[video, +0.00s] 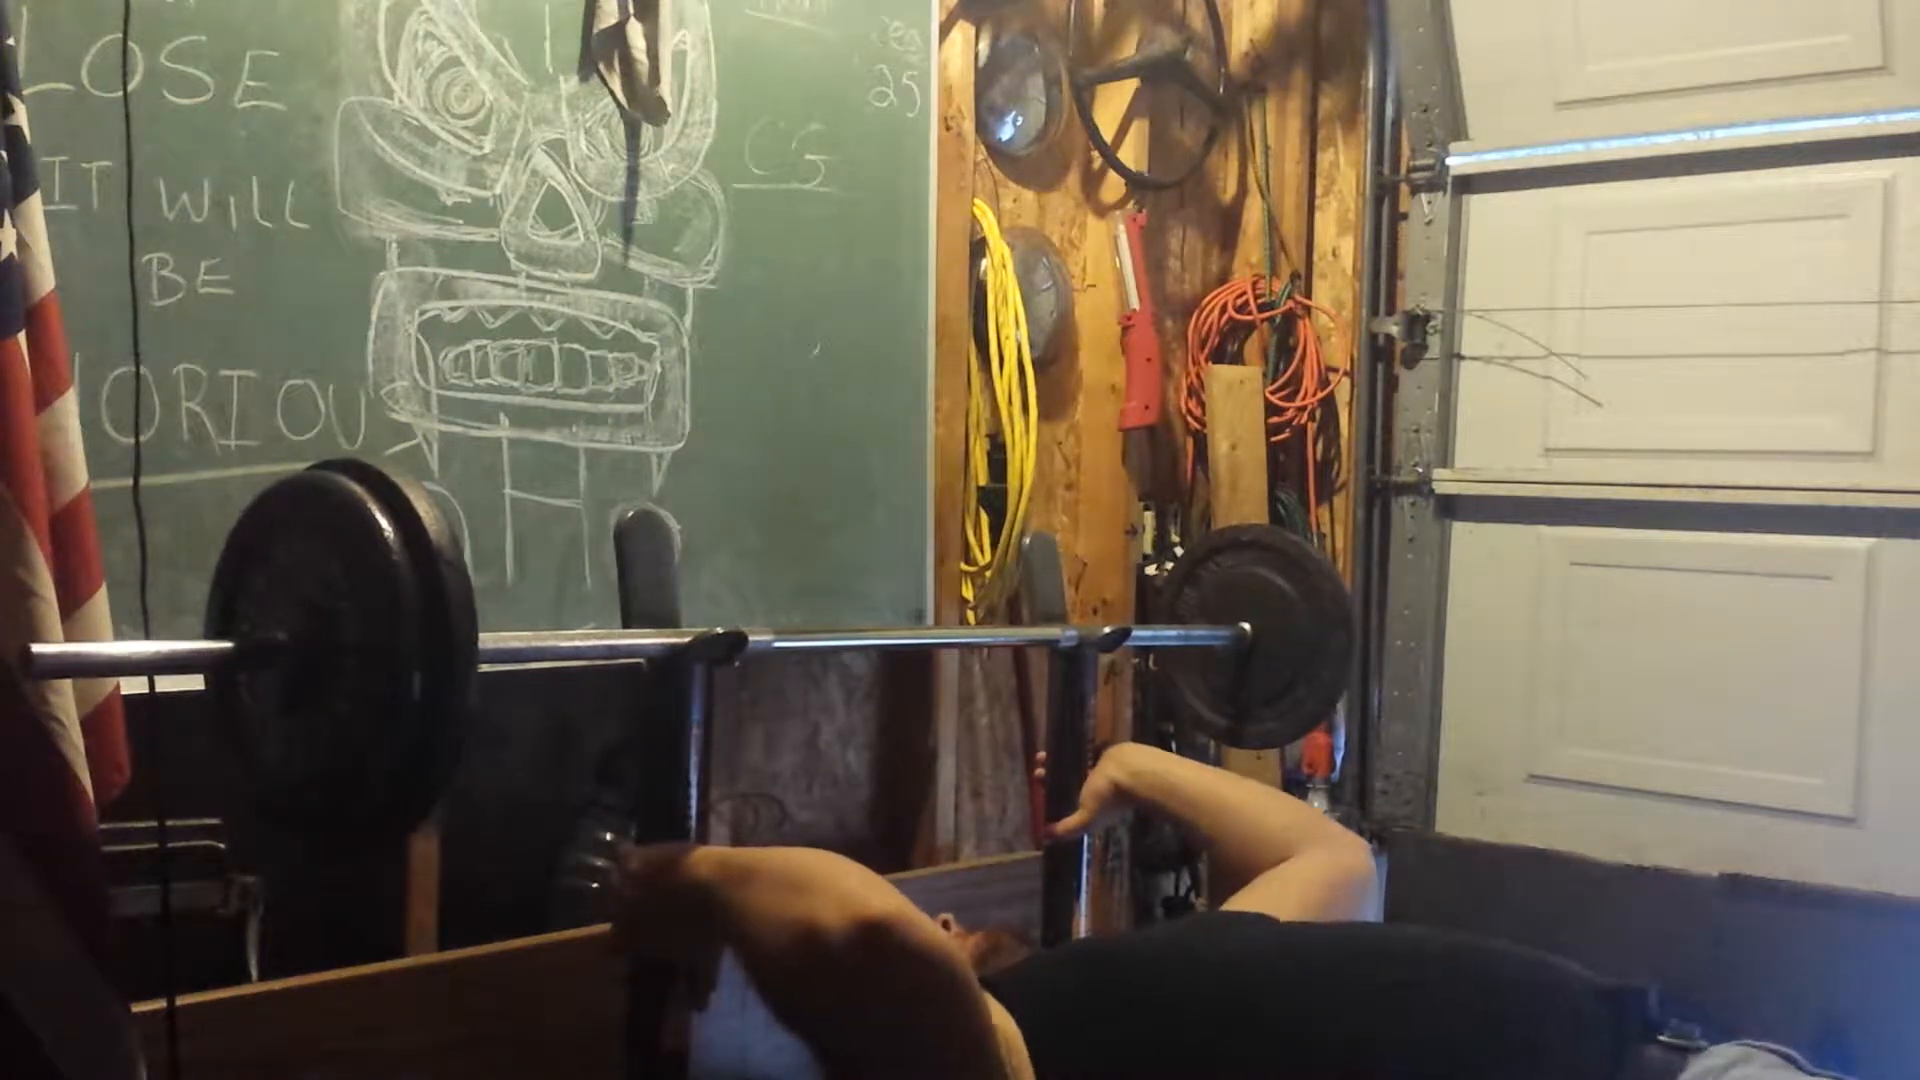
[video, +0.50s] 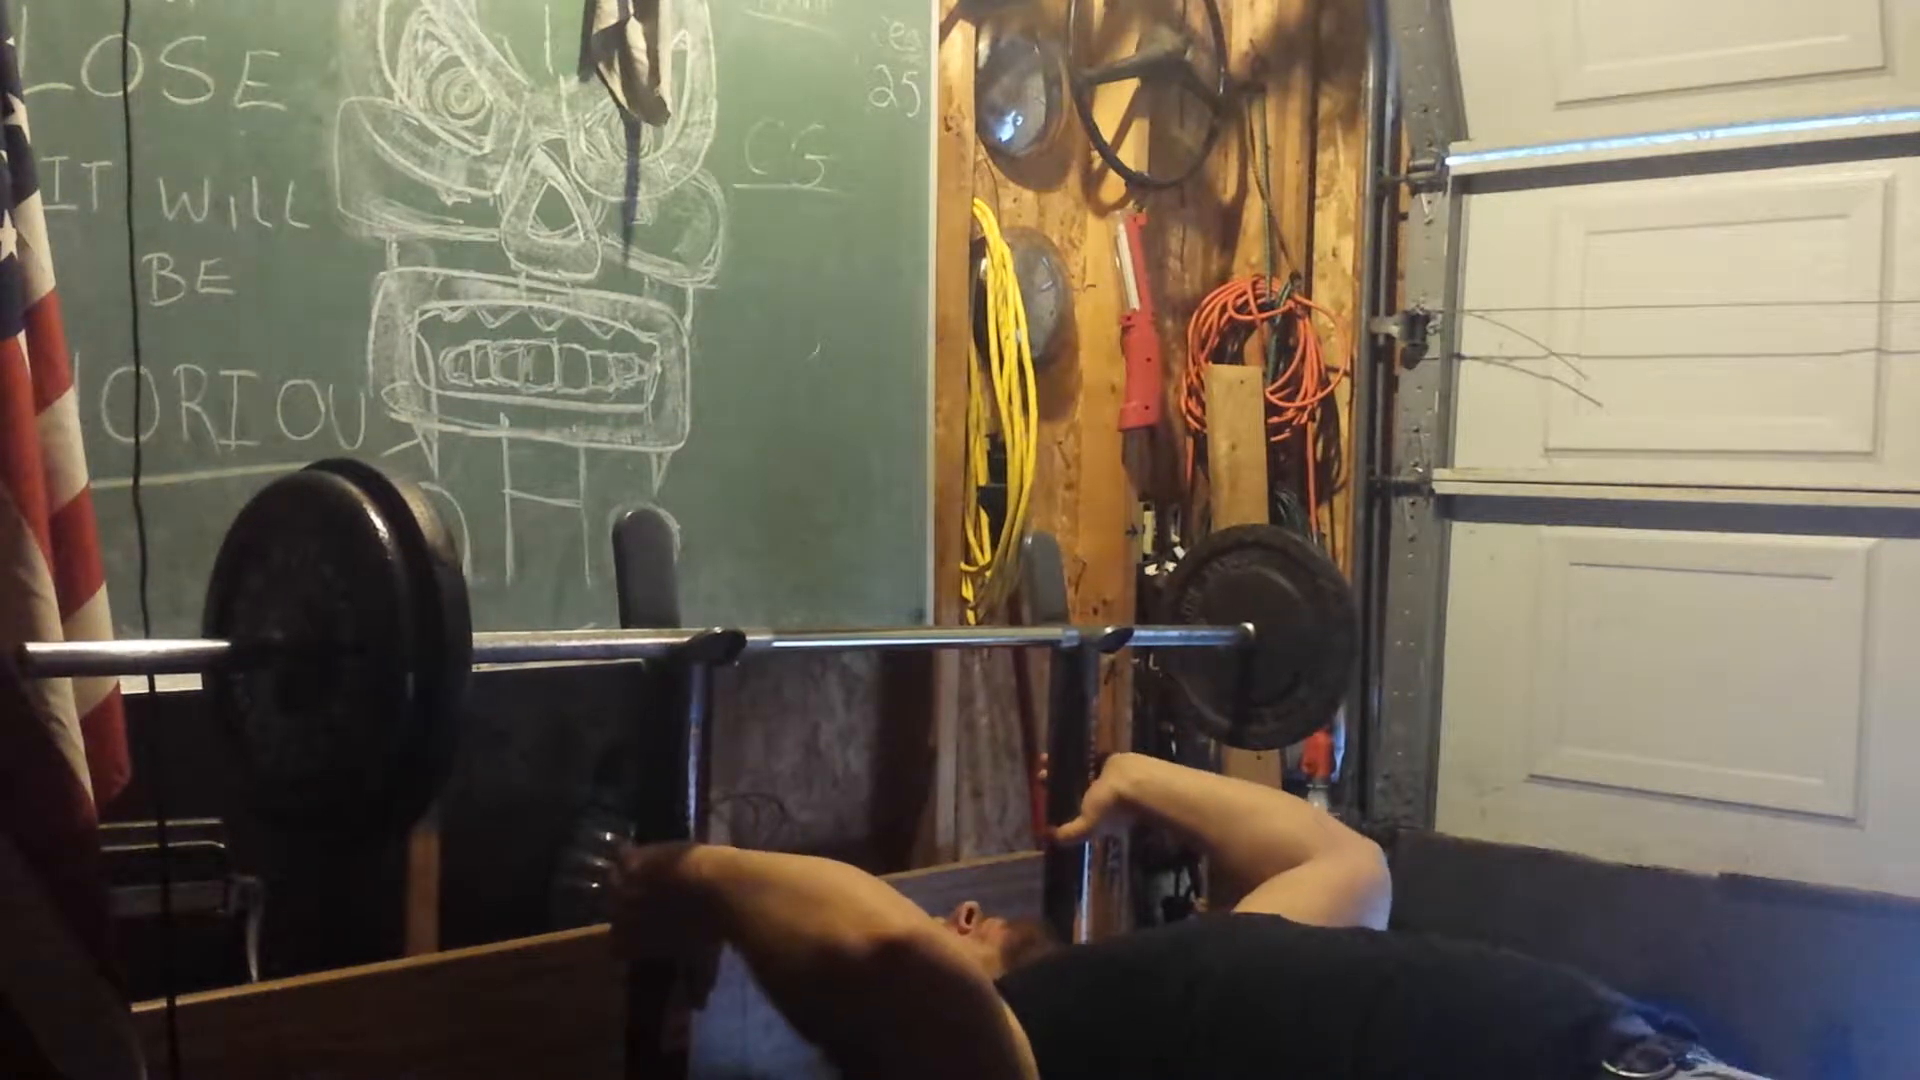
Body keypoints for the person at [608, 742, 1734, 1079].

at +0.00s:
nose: (942, 915)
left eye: (920, 906)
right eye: (898, 928)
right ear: (838, 1023)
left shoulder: (1139, 985)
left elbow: (1333, 857)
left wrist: (1140, 765)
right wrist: (684, 881)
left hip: (1666, 1050)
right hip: (1658, 1072)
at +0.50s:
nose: (967, 905)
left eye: (951, 899)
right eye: (926, 924)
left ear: (992, 914)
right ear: (908, 993)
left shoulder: (1179, 977)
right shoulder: (991, 1058)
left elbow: (1349, 861)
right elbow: (899, 956)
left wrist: (1145, 780)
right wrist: (685, 874)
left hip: (1666, 1045)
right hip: (1579, 1067)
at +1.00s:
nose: (933, 921)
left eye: (922, 912)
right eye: (901, 941)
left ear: (958, 925)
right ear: (892, 998)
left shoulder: (1187, 965)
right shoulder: (986, 1060)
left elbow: (1329, 874)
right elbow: (874, 993)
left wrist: (1144, 785)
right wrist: (695, 878)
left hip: (1674, 1045)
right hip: (1586, 1073)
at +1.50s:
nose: (923, 942)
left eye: (917, 932)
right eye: (893, 959)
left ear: (956, 940)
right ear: (887, 1016)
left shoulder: (1166, 967)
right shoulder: (991, 1060)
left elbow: (1337, 898)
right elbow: (871, 1016)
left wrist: (1154, 798)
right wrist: (707, 891)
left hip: (1658, 1045)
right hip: (1567, 1067)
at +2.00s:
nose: (925, 946)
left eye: (915, 945)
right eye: (892, 971)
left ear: (963, 956)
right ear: (878, 1034)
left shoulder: (1156, 975)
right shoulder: (946, 1068)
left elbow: (1333, 891)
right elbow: (806, 1021)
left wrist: (1176, 749)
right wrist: (656, 812)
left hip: (1639, 1044)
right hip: (1544, 1076)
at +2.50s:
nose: (912, 953)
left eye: (913, 951)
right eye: (886, 975)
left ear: (969, 965)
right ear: (885, 1035)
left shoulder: (1157, 981)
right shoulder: (955, 1072)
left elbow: (1293, 858)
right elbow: (797, 1009)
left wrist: (1224, 684)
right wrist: (608, 736)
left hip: (1667, 1047)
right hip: (1571, 1061)